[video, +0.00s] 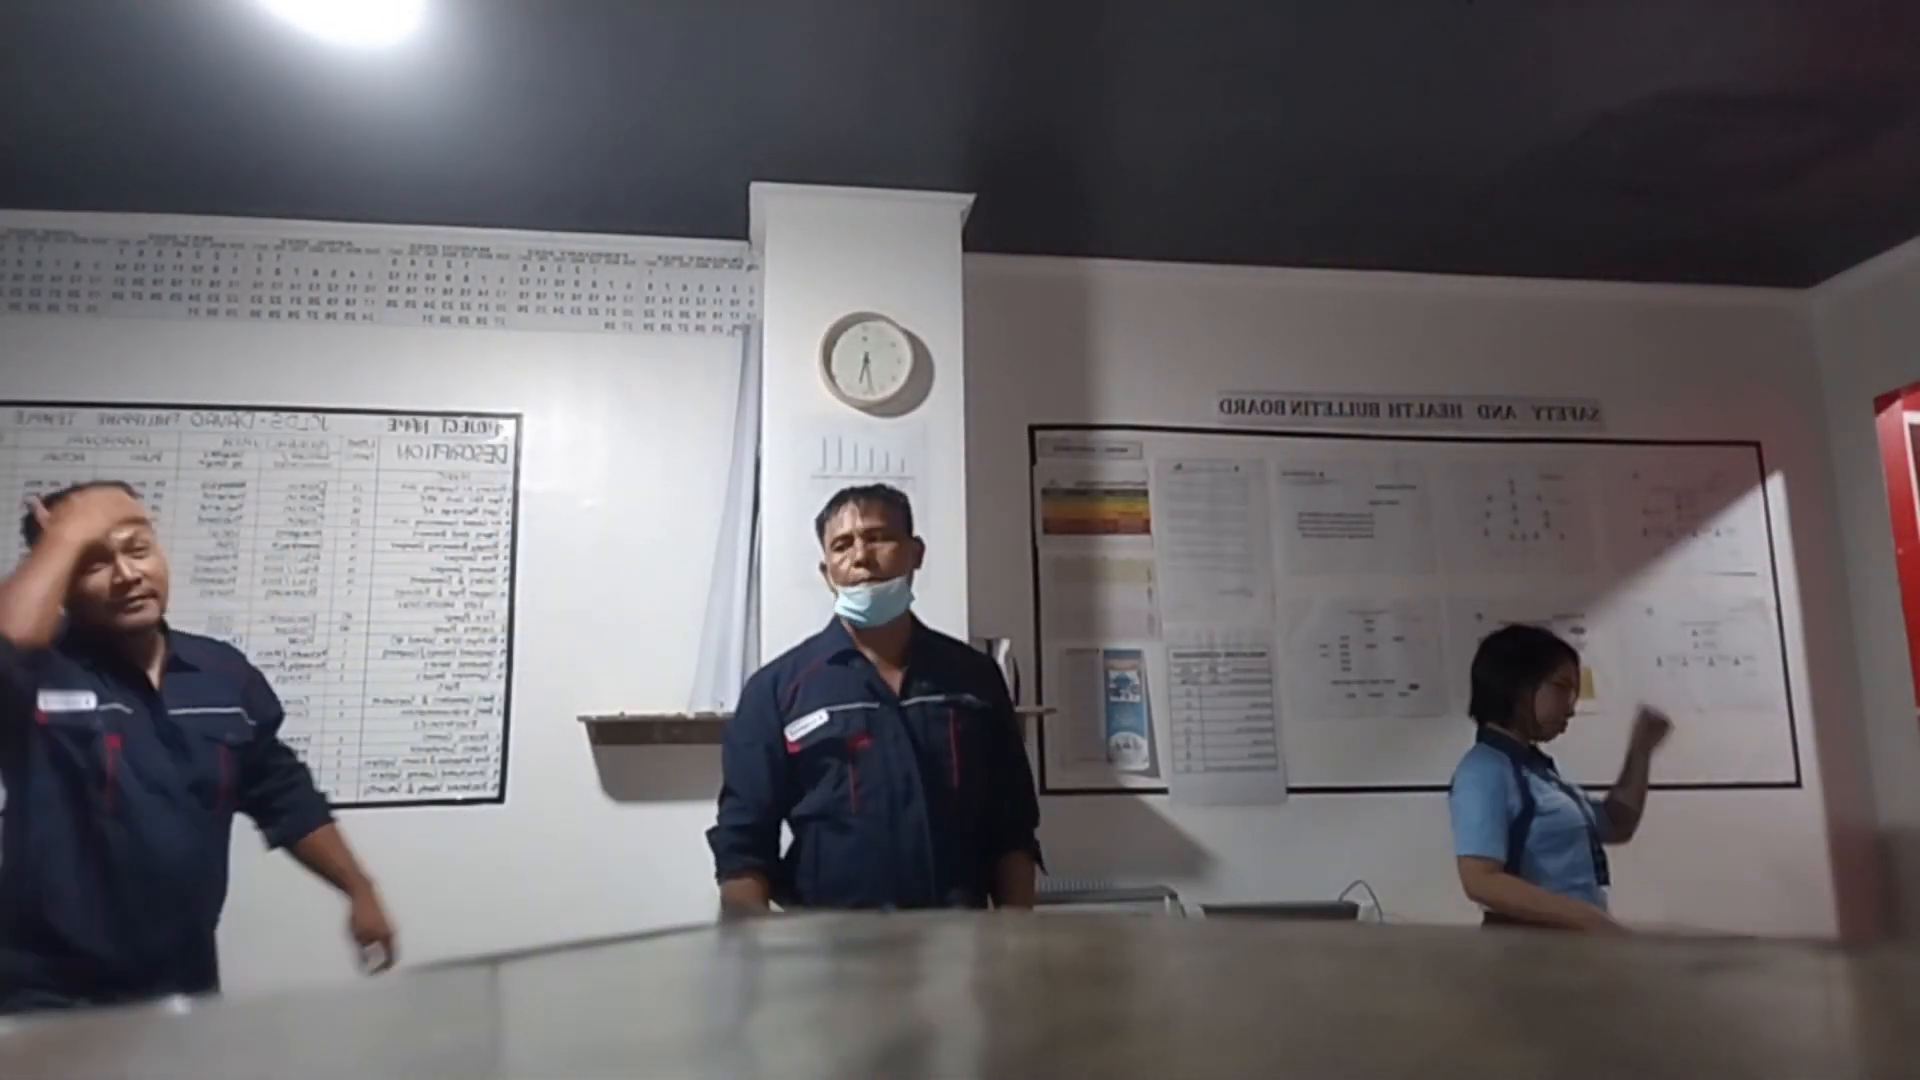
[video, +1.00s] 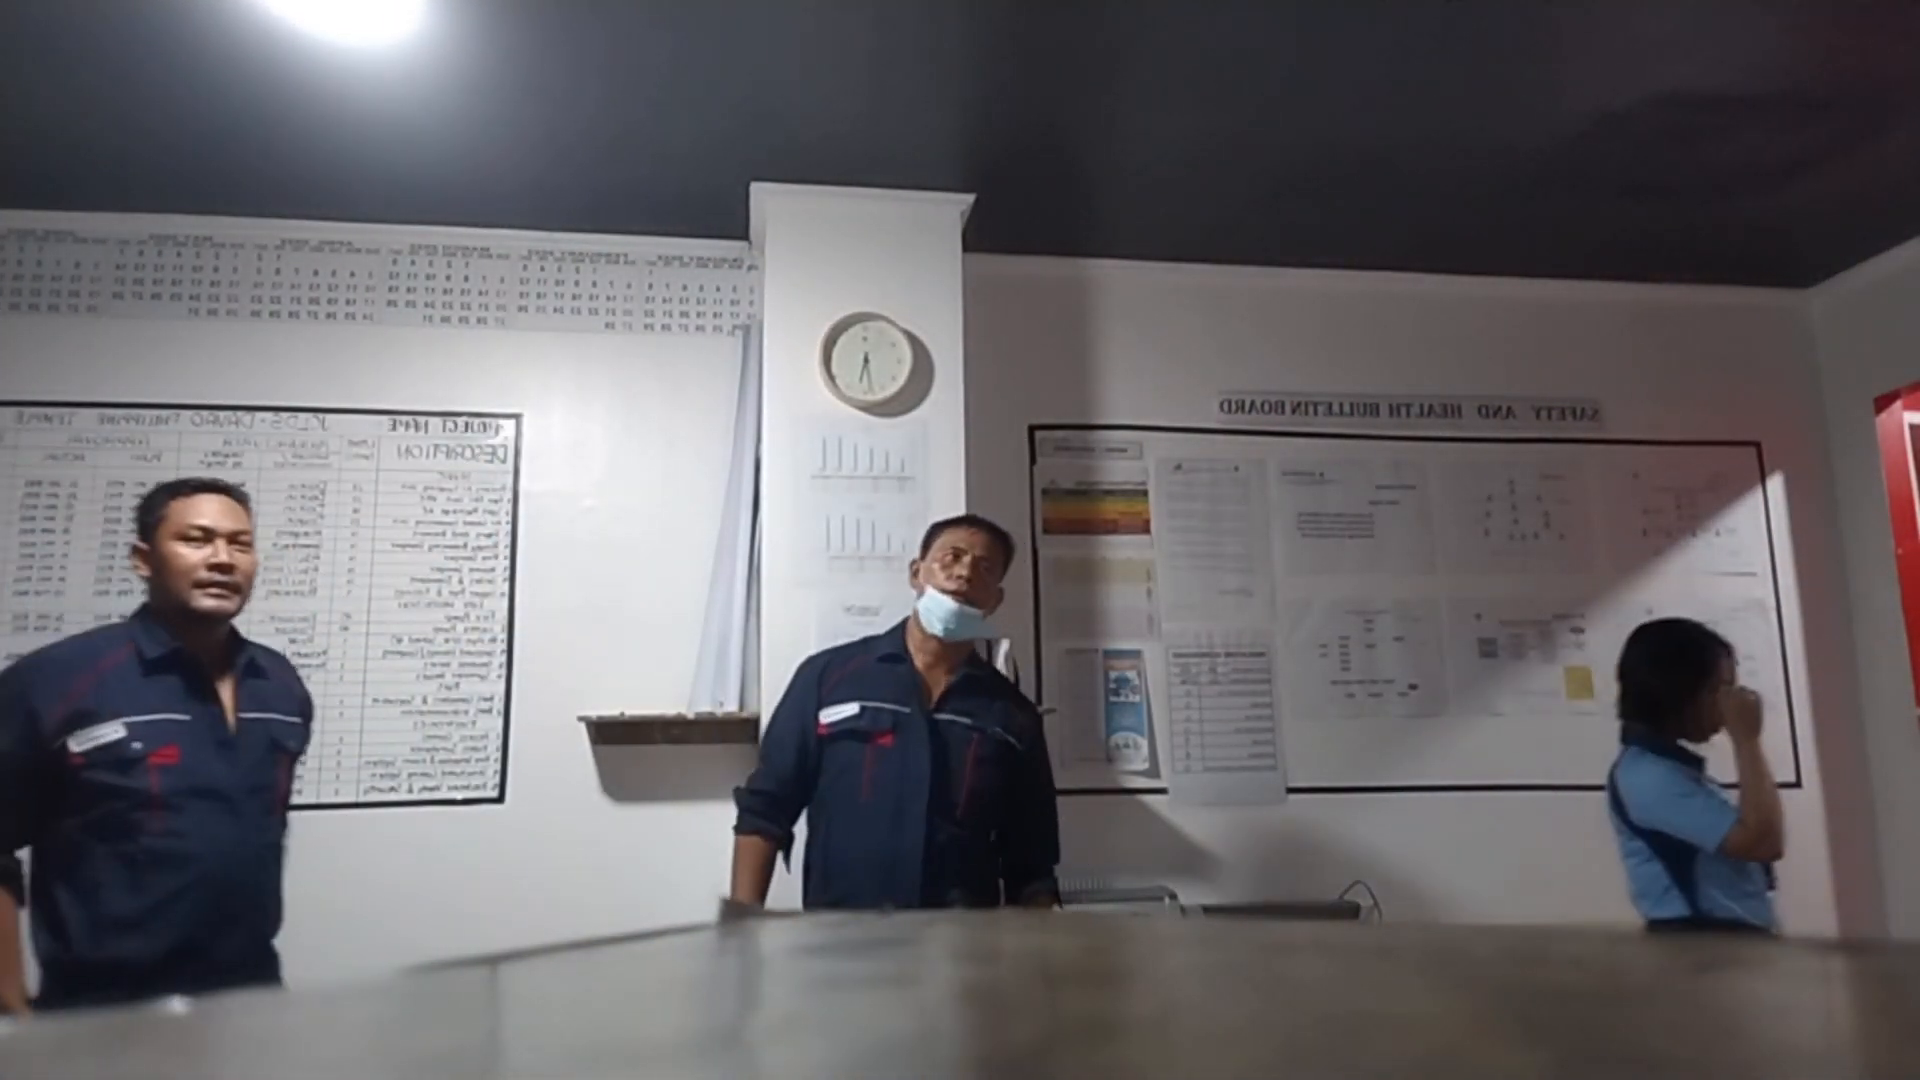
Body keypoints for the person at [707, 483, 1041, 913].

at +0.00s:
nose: (860, 555)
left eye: (878, 538)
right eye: (842, 545)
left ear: (915, 554)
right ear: (826, 571)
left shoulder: (975, 677)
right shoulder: (775, 692)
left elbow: (1013, 831)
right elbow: (741, 847)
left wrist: (1015, 950)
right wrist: (761, 959)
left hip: (959, 945)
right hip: (828, 951)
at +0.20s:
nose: (878, 561)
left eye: (897, 544)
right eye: (863, 550)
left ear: (939, 558)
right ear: (851, 567)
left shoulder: (1002, 684)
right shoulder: (803, 691)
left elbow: (1040, 835)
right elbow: (764, 840)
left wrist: (1042, 949)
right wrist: (768, 958)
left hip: (979, 948)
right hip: (846, 951)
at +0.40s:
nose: (919, 565)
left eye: (939, 551)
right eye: (905, 553)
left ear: (976, 573)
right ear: (888, 570)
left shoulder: (1025, 698)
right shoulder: (830, 691)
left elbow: (1061, 849)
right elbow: (789, 835)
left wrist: (1058, 960)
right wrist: (784, 956)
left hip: (988, 951)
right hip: (859, 952)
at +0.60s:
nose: (956, 567)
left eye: (978, 558)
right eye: (944, 552)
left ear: (1005, 588)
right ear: (922, 570)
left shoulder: (1036, 710)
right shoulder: (847, 684)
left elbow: (1060, 863)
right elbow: (800, 819)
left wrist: (1063, 968)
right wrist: (790, 941)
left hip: (984, 951)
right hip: (858, 947)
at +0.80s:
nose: (979, 572)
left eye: (1000, 568)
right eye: (968, 557)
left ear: (1016, 600)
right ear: (937, 573)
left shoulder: (1034, 719)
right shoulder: (845, 677)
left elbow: (1052, 874)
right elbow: (787, 809)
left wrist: (1054, 972)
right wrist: (772, 933)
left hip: (976, 951)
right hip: (851, 945)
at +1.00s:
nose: (965, 571)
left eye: (983, 567)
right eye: (952, 556)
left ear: (995, 599)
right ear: (917, 574)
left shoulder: (1015, 719)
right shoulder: (826, 679)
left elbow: (1032, 873)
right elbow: (765, 810)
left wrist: (1038, 965)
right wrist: (741, 933)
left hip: (967, 954)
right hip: (840, 948)